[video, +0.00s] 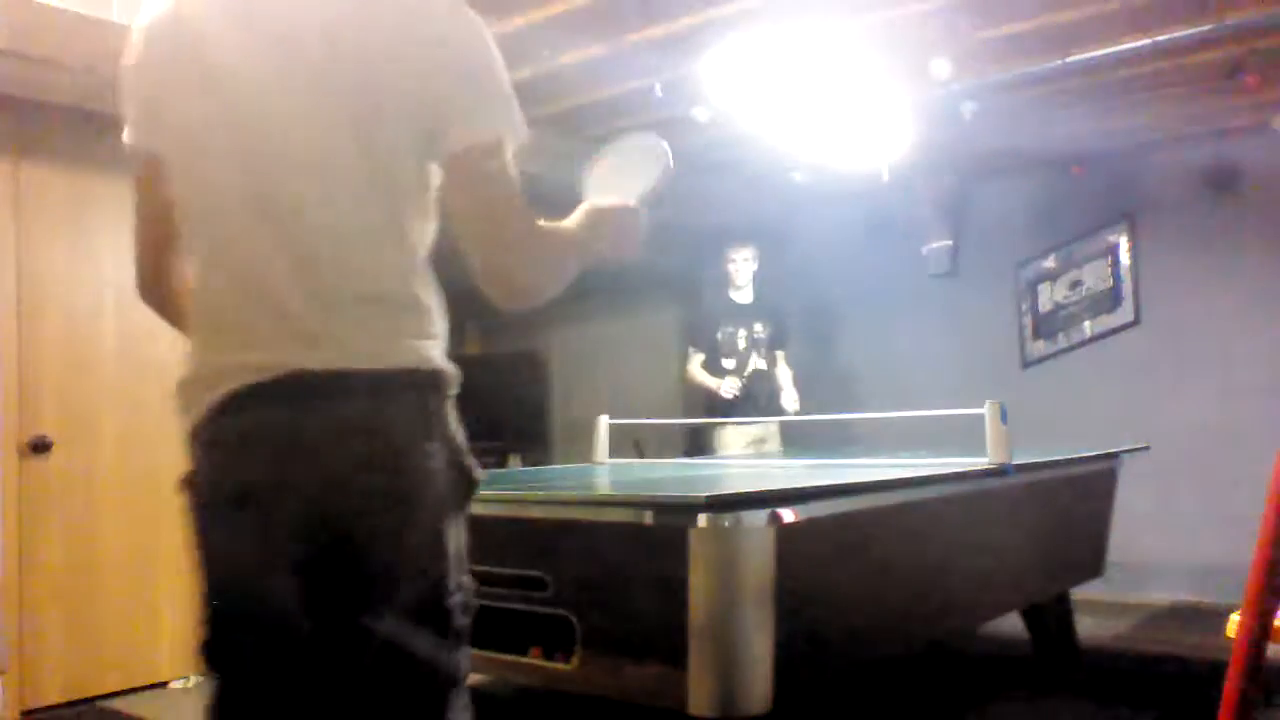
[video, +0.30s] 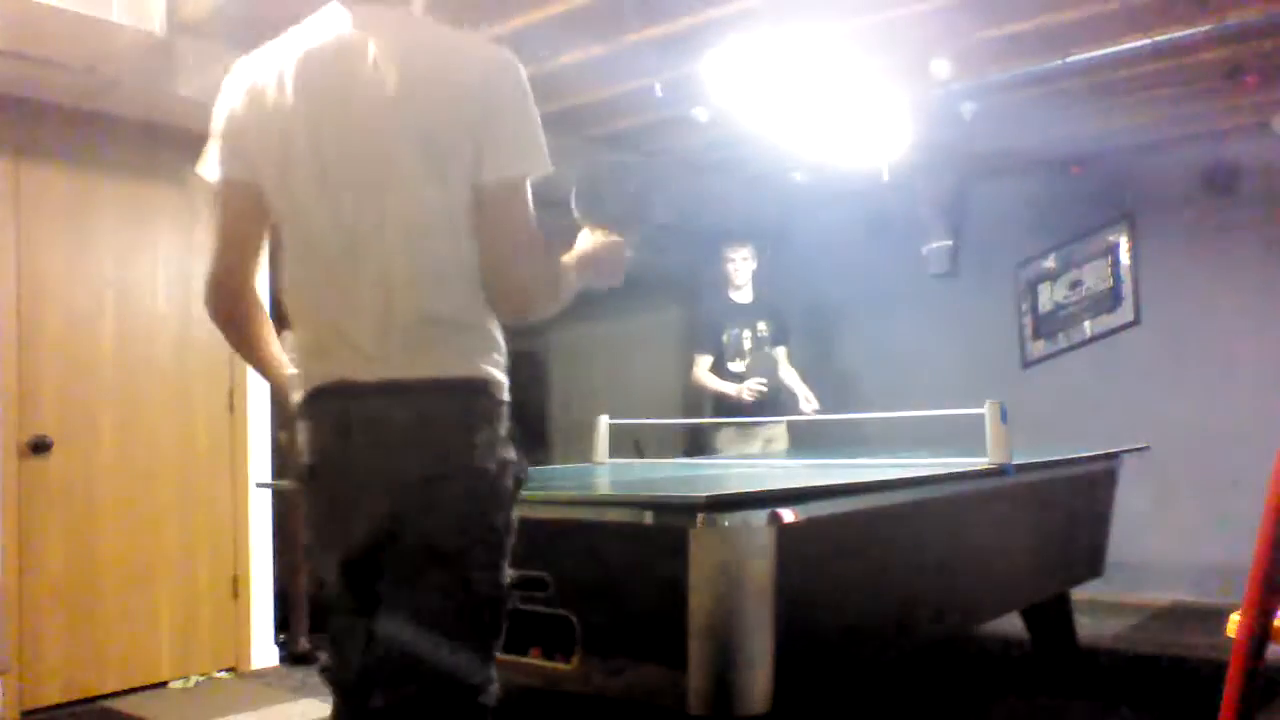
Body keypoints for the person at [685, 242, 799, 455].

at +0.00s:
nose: (739, 267)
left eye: (745, 260)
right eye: (732, 261)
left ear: (755, 264)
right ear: (724, 266)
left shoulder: (771, 312)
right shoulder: (711, 312)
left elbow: (780, 362)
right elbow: (692, 367)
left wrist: (787, 389)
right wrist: (718, 384)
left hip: (768, 420)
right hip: (729, 423)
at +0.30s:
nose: (738, 266)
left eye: (744, 259)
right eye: (731, 260)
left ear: (755, 263)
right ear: (721, 266)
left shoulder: (771, 313)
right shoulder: (713, 314)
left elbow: (782, 365)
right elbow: (698, 374)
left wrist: (802, 393)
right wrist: (737, 390)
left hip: (774, 425)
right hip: (731, 428)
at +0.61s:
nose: (766, 267)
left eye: (773, 260)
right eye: (759, 261)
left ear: (783, 265)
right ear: (749, 267)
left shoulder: (802, 311)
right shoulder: (735, 314)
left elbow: (816, 365)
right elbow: (722, 376)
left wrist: (838, 398)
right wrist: (757, 398)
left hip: (798, 431)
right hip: (751, 433)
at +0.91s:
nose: (818, 259)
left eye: (825, 252)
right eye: (811, 253)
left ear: (836, 256)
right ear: (802, 258)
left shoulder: (855, 305)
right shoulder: (787, 308)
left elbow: (867, 366)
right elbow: (780, 360)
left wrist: (850, 414)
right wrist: (773, 391)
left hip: (840, 424)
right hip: (798, 425)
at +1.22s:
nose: (836, 264)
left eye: (843, 256)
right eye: (832, 259)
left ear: (861, 256)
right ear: (828, 261)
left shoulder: (877, 300)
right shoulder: (836, 308)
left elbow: (884, 366)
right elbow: (838, 367)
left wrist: (845, 409)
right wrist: (811, 391)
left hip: (881, 417)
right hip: (850, 419)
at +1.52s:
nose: (848, 277)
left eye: (852, 269)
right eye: (845, 271)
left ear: (872, 262)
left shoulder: (894, 301)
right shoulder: (879, 303)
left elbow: (891, 367)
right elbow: (878, 368)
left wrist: (845, 411)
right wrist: (841, 411)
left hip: (921, 414)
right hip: (909, 413)